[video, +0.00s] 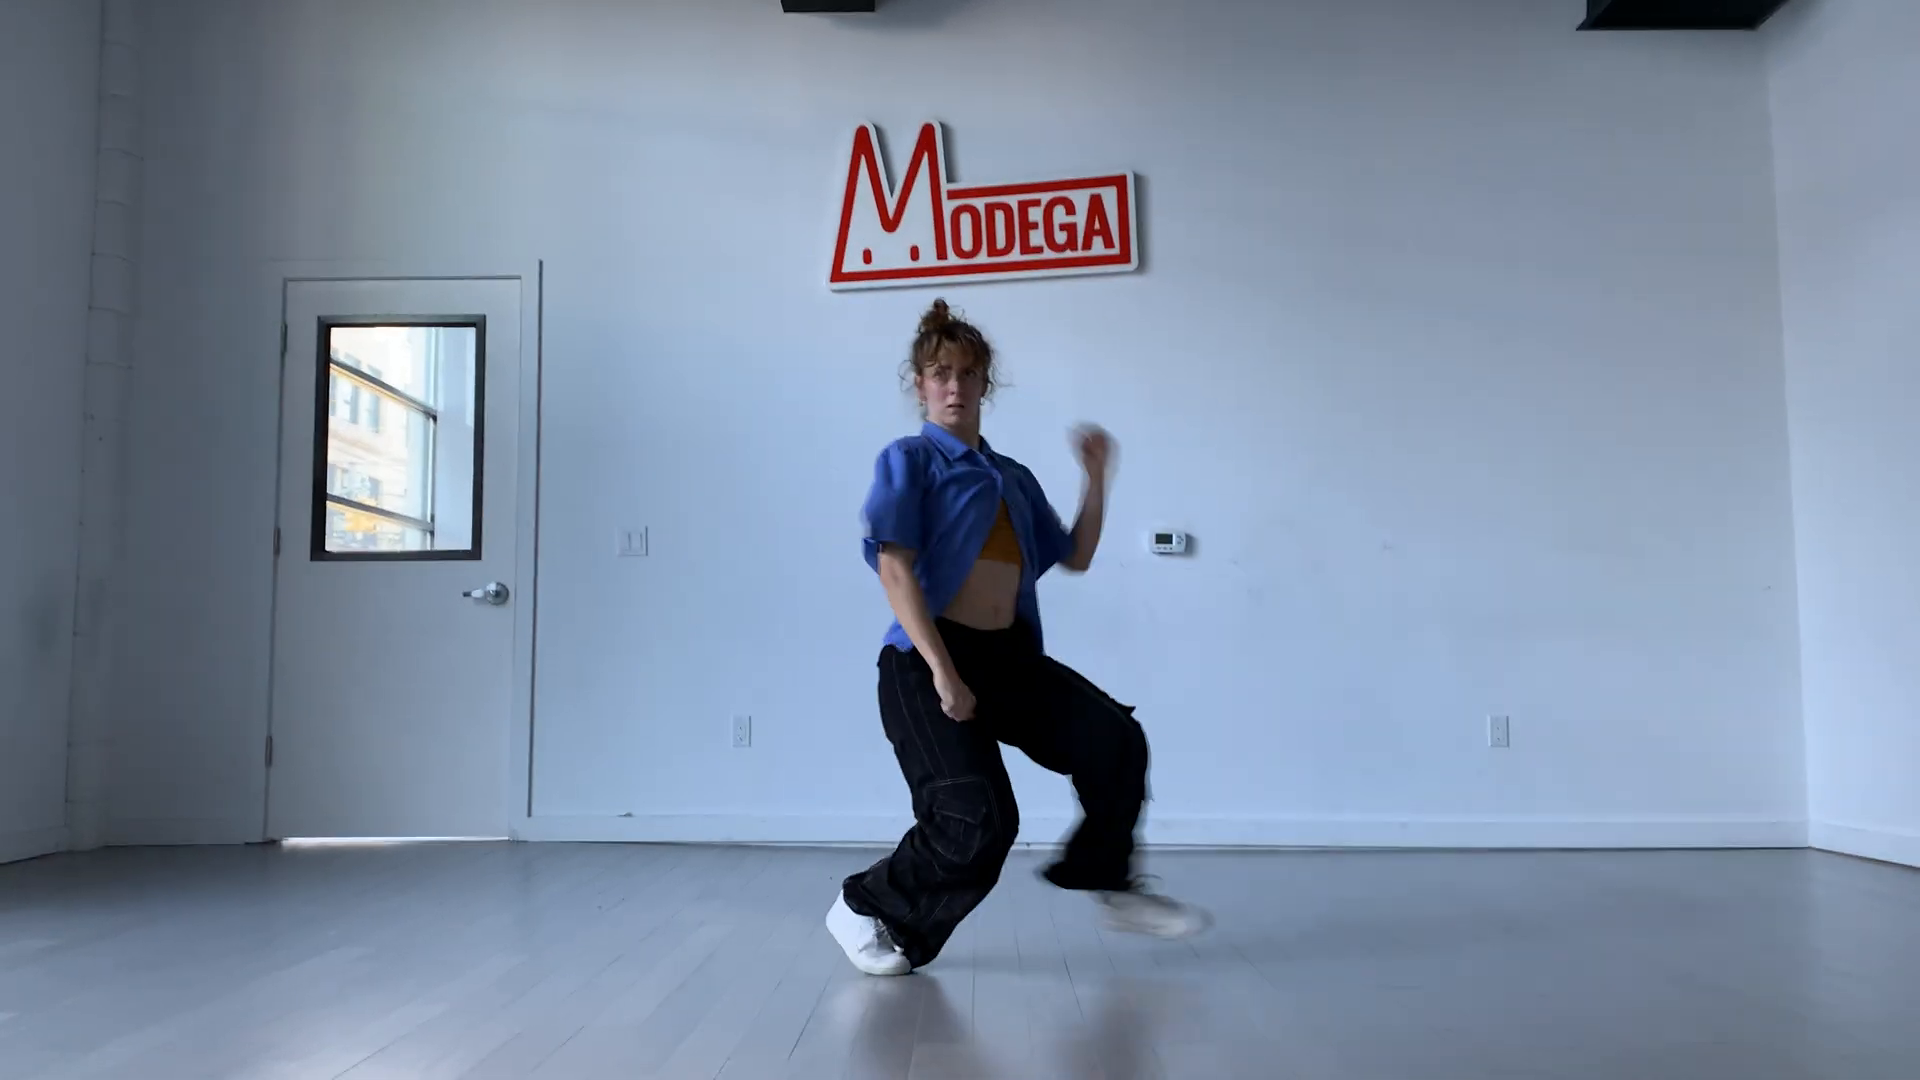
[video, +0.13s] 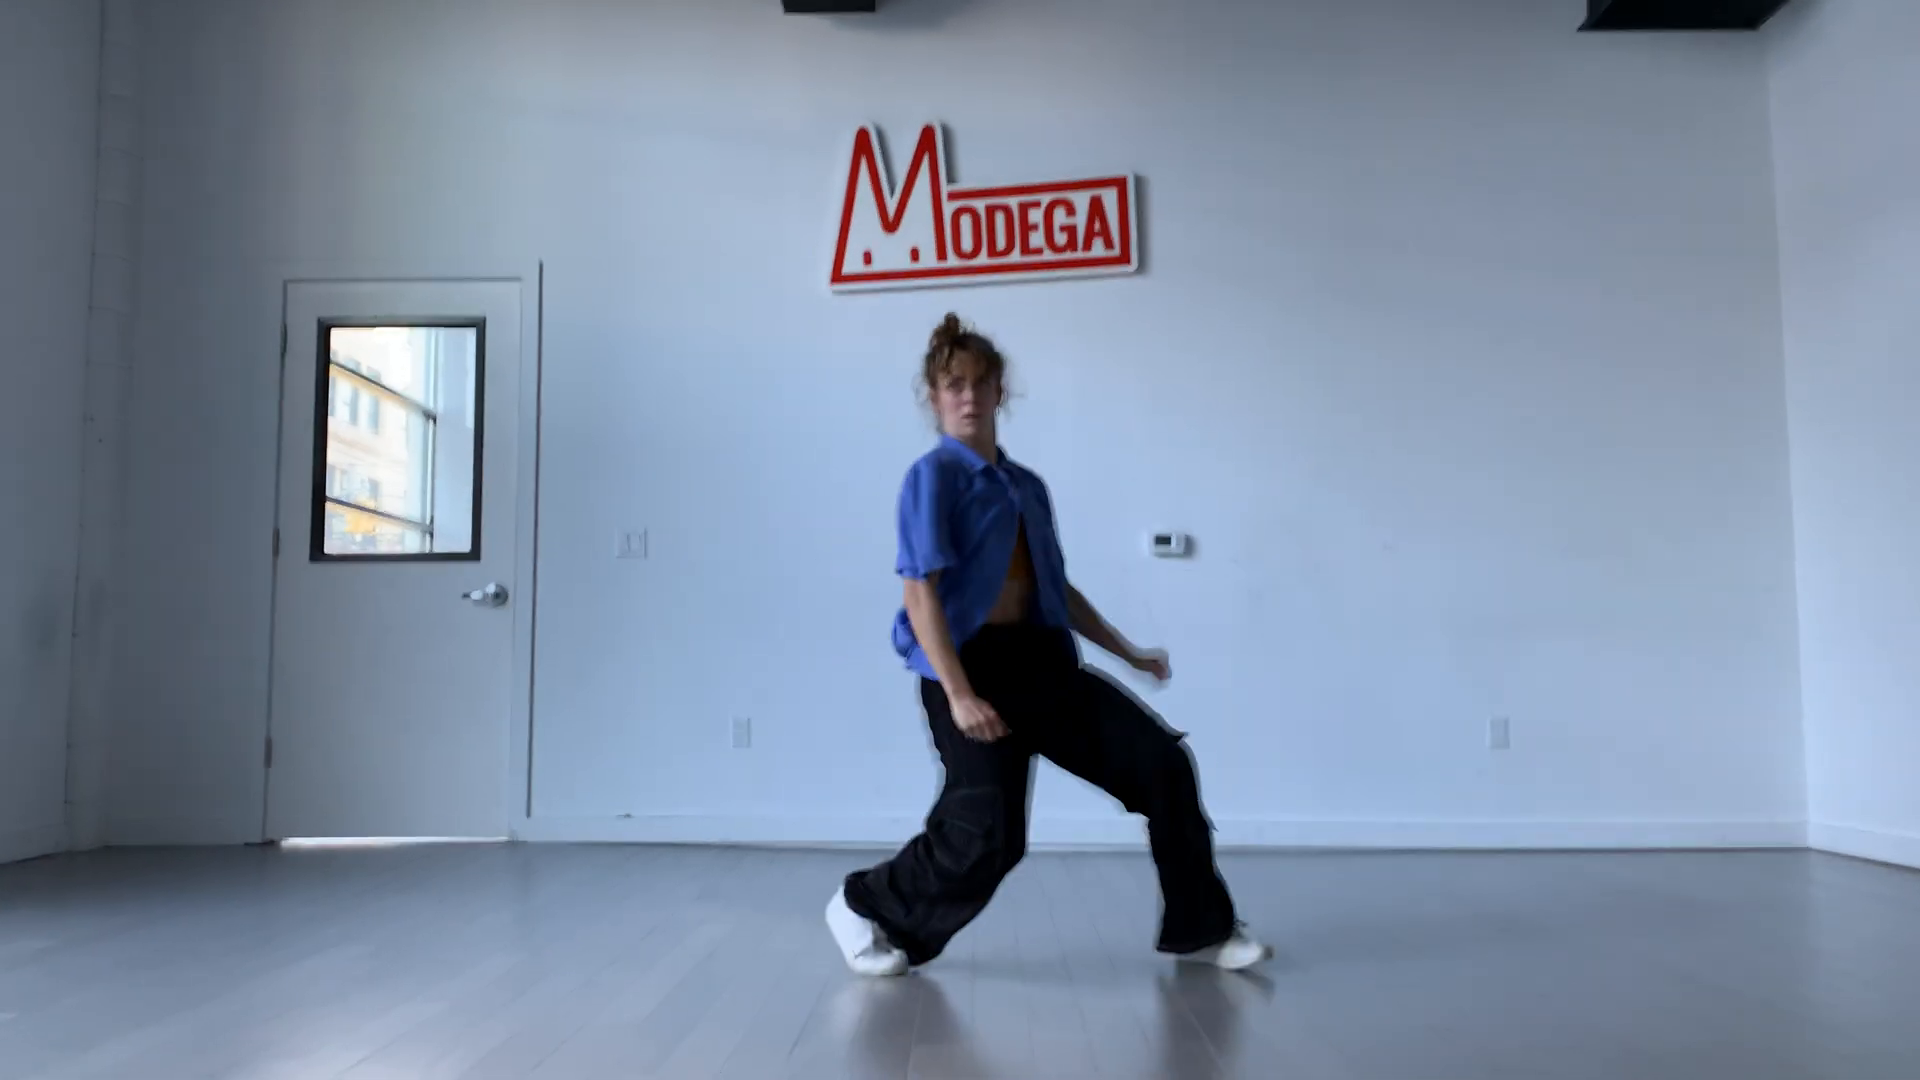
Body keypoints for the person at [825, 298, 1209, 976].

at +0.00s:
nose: (954, 386)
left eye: (966, 373)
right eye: (940, 374)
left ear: (984, 383)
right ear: (920, 385)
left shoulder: (1013, 477)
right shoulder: (908, 461)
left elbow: (1075, 555)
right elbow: (894, 572)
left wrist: (1096, 479)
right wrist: (944, 672)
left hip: (1008, 664)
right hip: (929, 667)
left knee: (1116, 744)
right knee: (978, 818)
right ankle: (868, 909)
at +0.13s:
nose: (969, 397)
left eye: (982, 383)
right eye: (953, 386)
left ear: (1000, 393)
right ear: (933, 401)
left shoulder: (1027, 486)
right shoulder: (932, 478)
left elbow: (1056, 589)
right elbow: (919, 595)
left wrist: (1129, 654)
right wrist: (959, 694)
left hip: (1040, 666)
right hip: (969, 675)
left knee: (1163, 765)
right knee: (989, 830)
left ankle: (1201, 927)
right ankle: (868, 908)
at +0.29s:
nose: (978, 414)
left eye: (990, 400)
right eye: (962, 401)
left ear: (1005, 409)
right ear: (939, 412)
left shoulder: (1015, 491)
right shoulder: (930, 493)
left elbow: (1045, 587)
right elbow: (923, 609)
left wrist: (1104, 646)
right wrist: (991, 688)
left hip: (1100, 654)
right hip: (1033, 672)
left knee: (1212, 767)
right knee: (1014, 853)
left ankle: (1215, 929)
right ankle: (875, 901)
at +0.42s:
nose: (972, 410)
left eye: (982, 397)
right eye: (956, 400)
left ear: (997, 406)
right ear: (934, 415)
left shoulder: (1017, 481)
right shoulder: (944, 487)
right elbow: (944, 602)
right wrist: (1020, 679)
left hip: (1119, 650)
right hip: (1055, 665)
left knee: (1219, 770)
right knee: (1016, 846)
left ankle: (1214, 929)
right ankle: (876, 902)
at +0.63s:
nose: (983, 381)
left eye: (981, 371)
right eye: (963, 386)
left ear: (1000, 381)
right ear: (955, 426)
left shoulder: (1055, 453)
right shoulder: (992, 461)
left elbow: (1113, 531)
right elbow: (984, 574)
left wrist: (1128, 614)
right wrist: (1048, 661)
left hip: (1123, 653)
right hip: (1064, 662)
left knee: (1224, 765)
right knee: (1012, 824)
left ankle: (1215, 924)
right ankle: (870, 905)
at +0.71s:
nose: (995, 365)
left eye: (987, 360)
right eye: (976, 378)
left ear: (1010, 364)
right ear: (982, 419)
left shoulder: (1080, 439)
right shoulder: (1018, 439)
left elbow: (1128, 531)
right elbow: (992, 555)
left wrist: (1128, 612)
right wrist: (1053, 641)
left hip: (1121, 648)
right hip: (1061, 652)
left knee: (1220, 762)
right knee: (1009, 815)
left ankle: (1216, 927)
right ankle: (866, 907)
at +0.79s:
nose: (1021, 351)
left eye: (1008, 351)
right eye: (1005, 364)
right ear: (1013, 405)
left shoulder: (1103, 432)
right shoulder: (1047, 425)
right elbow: (994, 521)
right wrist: (1058, 606)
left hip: (1119, 646)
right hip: (1057, 645)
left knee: (1212, 759)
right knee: (997, 806)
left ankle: (1217, 923)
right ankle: (861, 910)